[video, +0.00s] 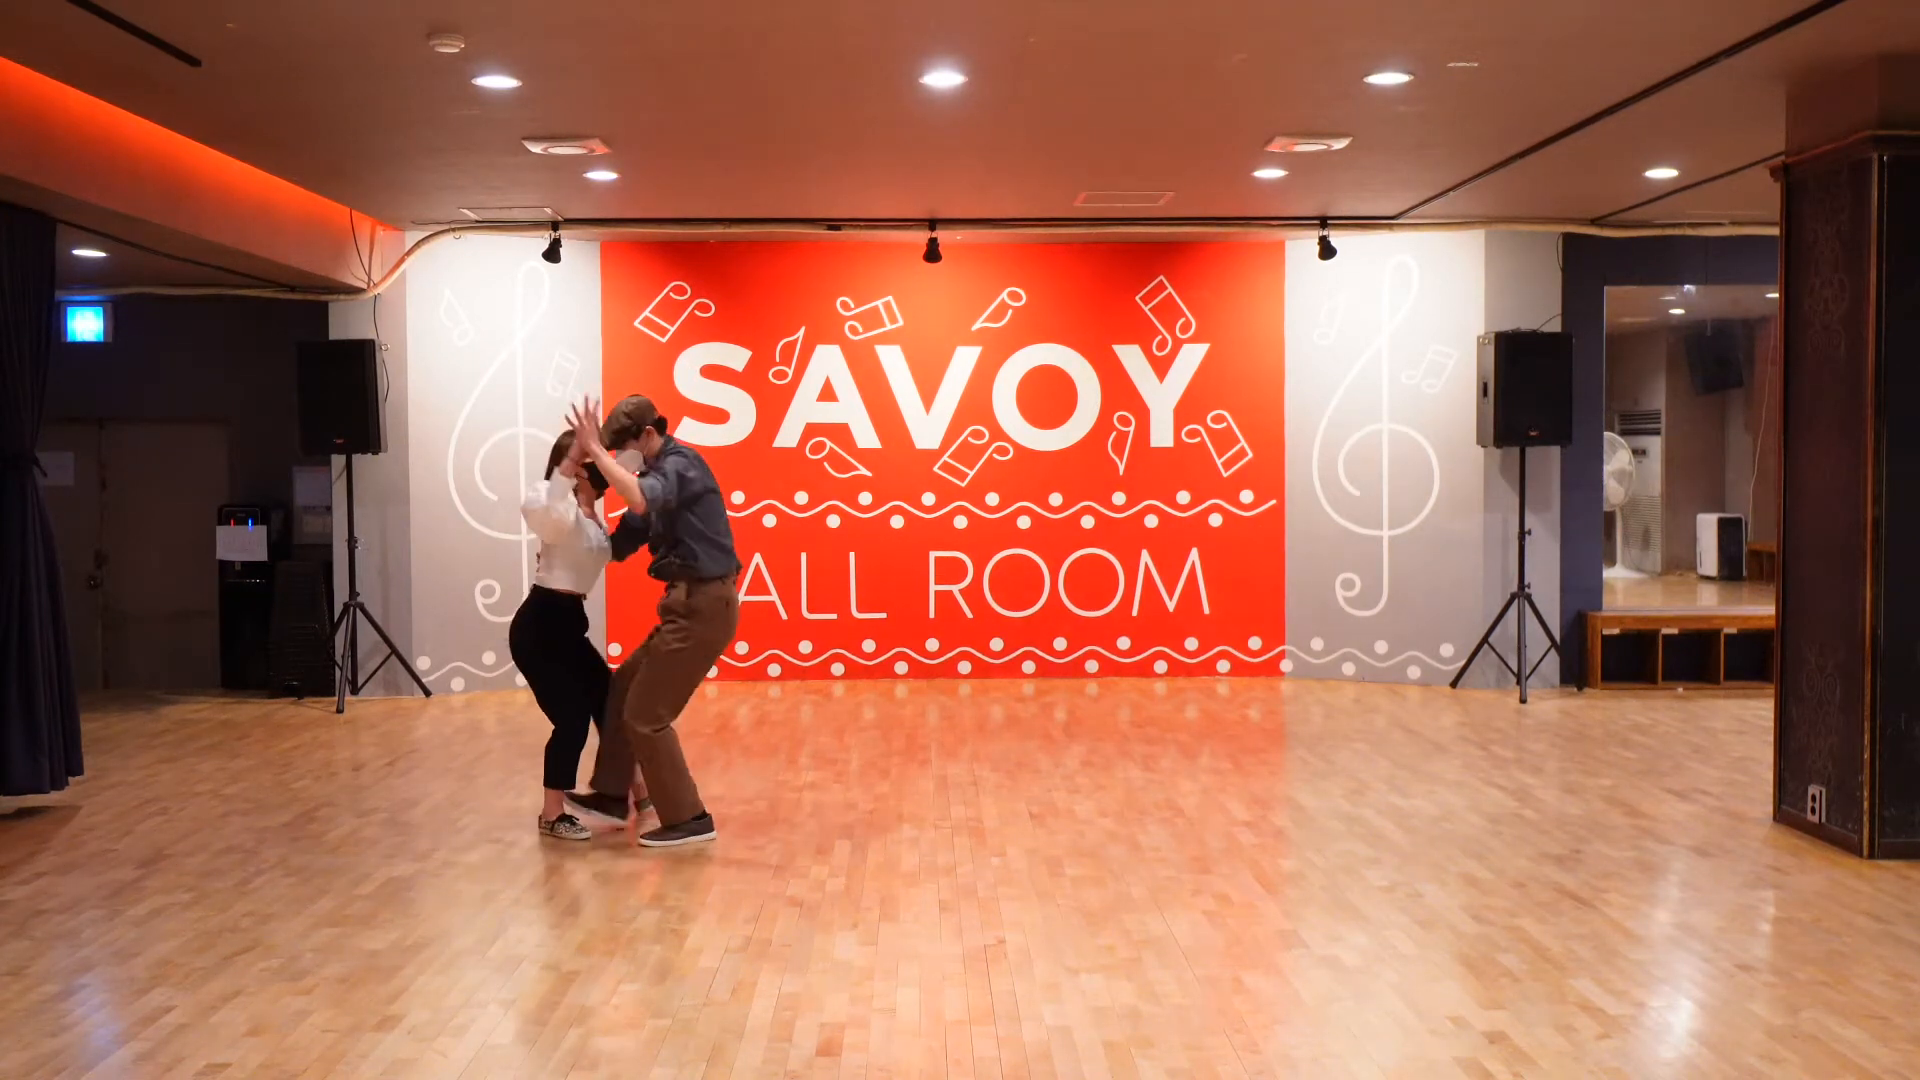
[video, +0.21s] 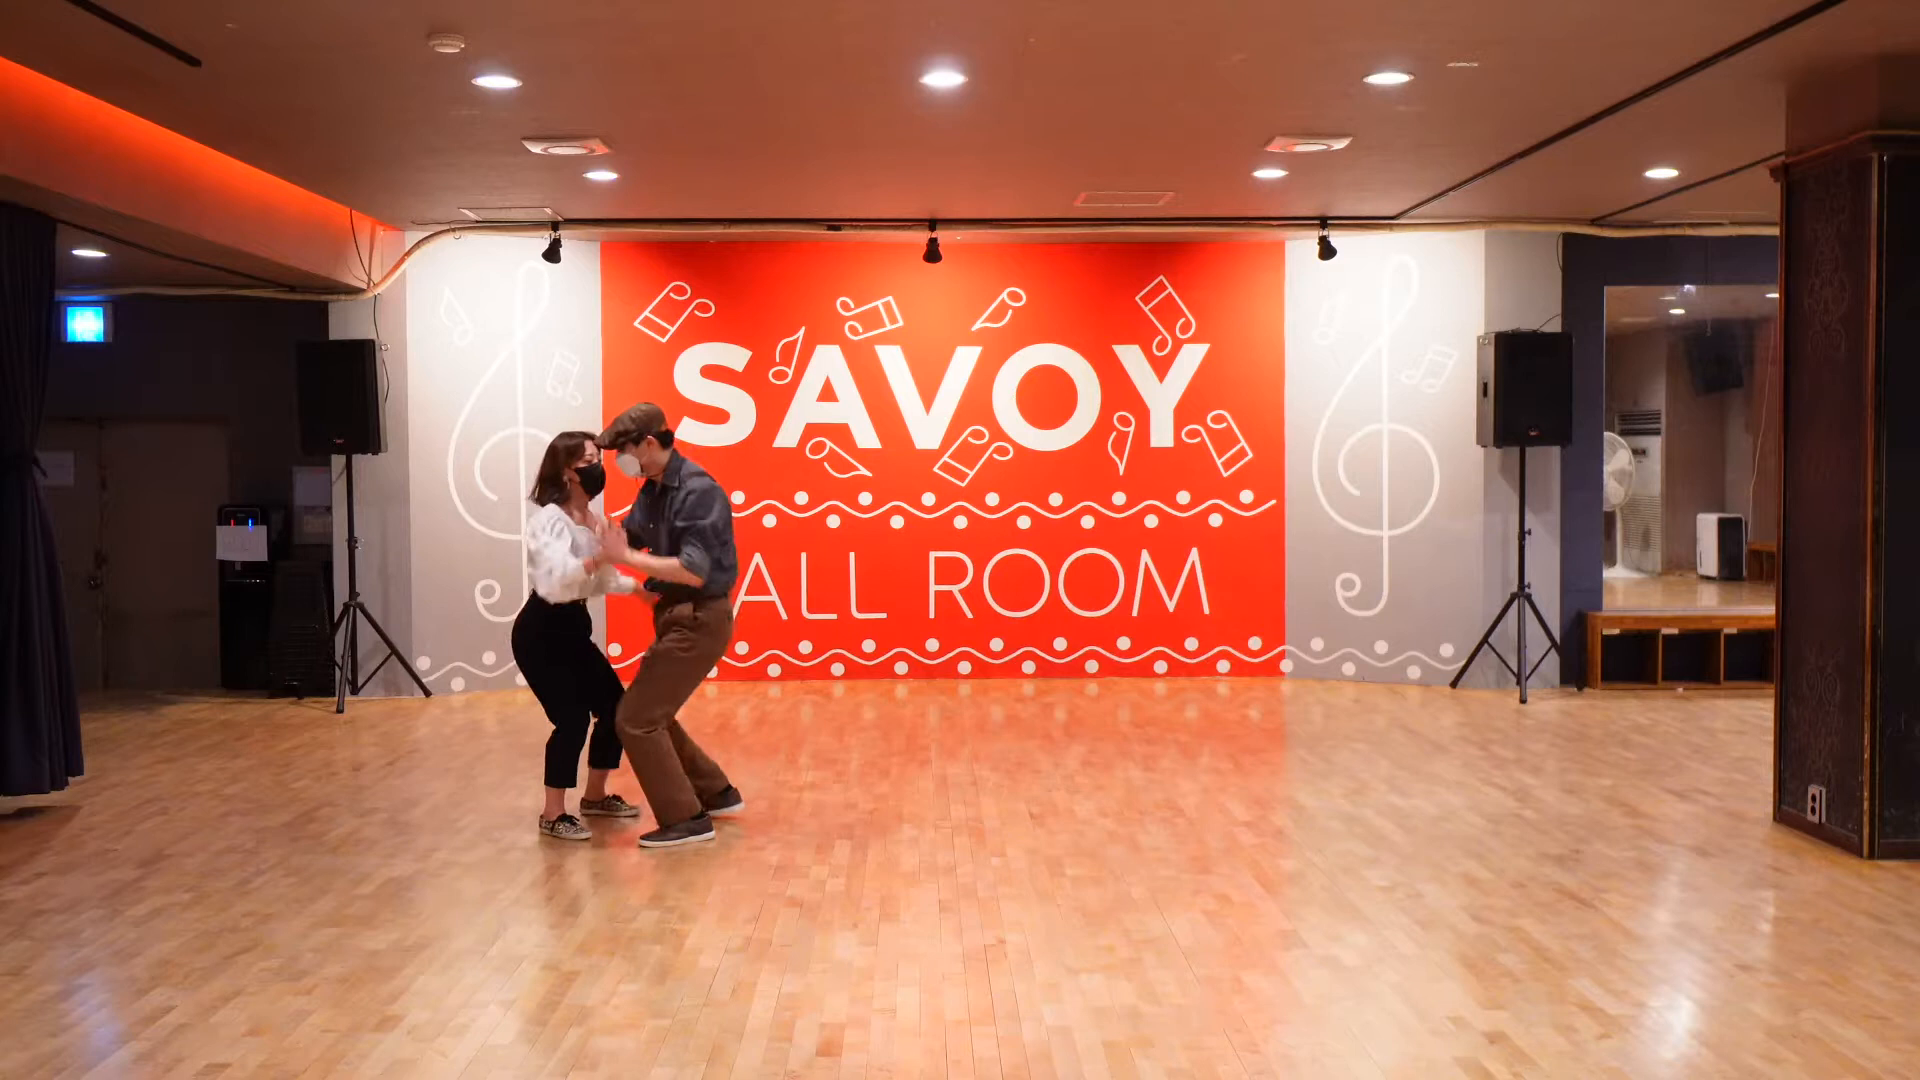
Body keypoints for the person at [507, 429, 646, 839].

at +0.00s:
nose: (593, 476)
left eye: (594, 466)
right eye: (584, 466)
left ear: (592, 474)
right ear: (565, 471)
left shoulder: (595, 520)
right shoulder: (555, 512)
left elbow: (625, 472)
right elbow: (552, 517)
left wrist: (628, 442)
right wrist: (570, 463)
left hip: (569, 627)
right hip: (539, 627)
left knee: (613, 703)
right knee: (571, 716)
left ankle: (631, 788)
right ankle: (552, 814)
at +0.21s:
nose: (599, 467)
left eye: (598, 460)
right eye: (589, 462)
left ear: (582, 472)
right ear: (567, 473)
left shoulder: (593, 521)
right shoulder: (547, 520)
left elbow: (600, 578)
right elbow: (553, 579)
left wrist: (640, 589)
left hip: (573, 630)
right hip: (538, 633)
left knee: (614, 706)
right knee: (571, 718)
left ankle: (595, 795)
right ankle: (552, 815)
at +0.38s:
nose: (591, 466)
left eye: (592, 459)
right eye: (582, 460)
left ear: (591, 465)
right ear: (560, 470)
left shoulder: (596, 511)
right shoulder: (541, 519)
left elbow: (622, 555)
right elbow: (549, 582)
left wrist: (661, 537)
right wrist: (583, 627)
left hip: (576, 619)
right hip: (536, 624)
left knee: (611, 701)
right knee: (558, 709)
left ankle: (595, 796)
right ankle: (546, 806)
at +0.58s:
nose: (568, 471)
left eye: (571, 464)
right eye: (559, 465)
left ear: (572, 469)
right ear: (538, 474)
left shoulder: (573, 514)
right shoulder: (517, 532)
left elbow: (606, 549)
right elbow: (506, 598)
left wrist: (633, 512)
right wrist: (506, 654)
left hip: (565, 621)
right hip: (525, 630)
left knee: (603, 701)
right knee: (537, 715)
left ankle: (596, 798)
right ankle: (510, 811)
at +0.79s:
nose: (562, 466)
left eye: (562, 459)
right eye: (554, 460)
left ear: (550, 467)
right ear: (530, 469)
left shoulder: (565, 513)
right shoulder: (502, 528)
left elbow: (591, 560)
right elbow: (467, 589)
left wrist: (624, 533)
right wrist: (443, 644)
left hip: (549, 618)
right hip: (507, 623)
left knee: (596, 696)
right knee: (528, 713)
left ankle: (588, 789)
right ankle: (511, 811)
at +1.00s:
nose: (567, 469)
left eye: (569, 461)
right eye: (558, 462)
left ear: (569, 466)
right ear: (534, 470)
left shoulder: (573, 517)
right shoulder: (507, 524)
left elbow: (593, 573)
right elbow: (480, 584)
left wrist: (628, 554)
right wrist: (492, 609)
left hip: (555, 623)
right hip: (513, 626)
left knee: (588, 707)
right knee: (536, 711)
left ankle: (568, 801)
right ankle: (515, 804)